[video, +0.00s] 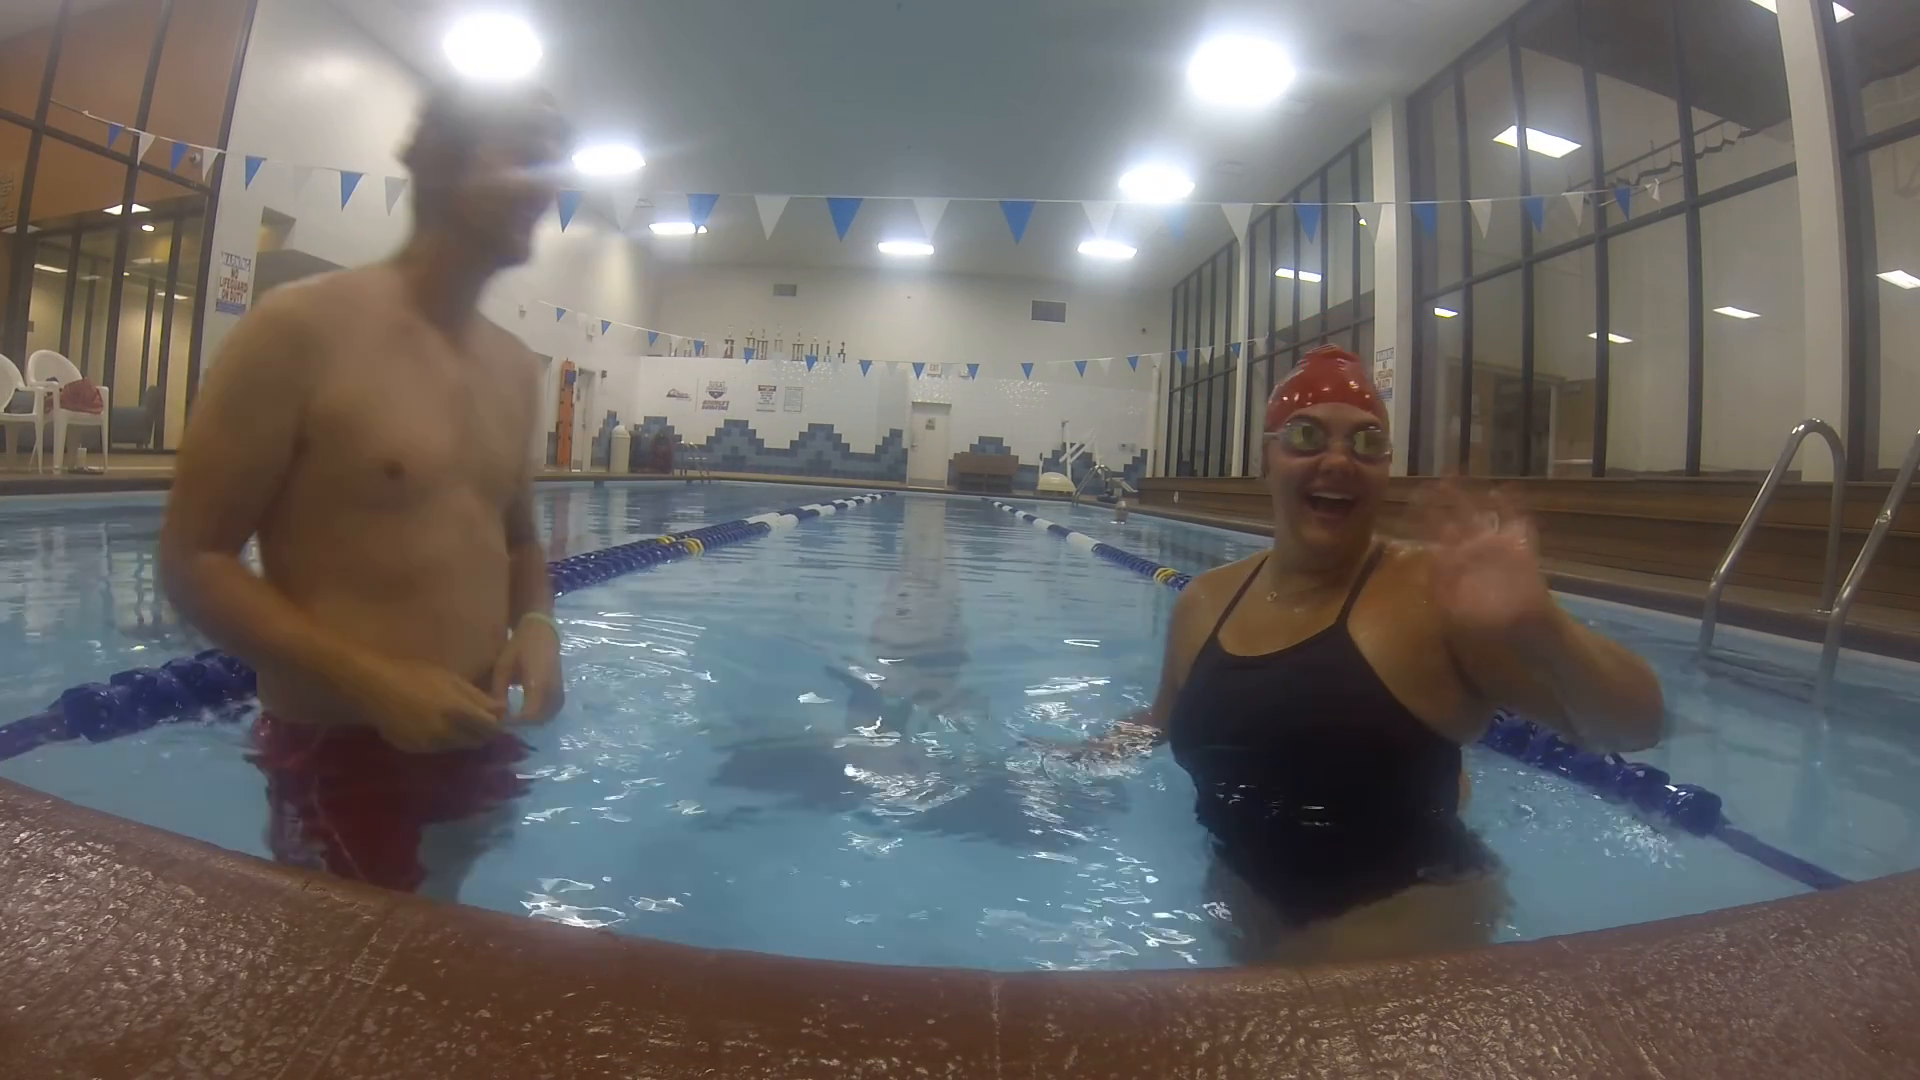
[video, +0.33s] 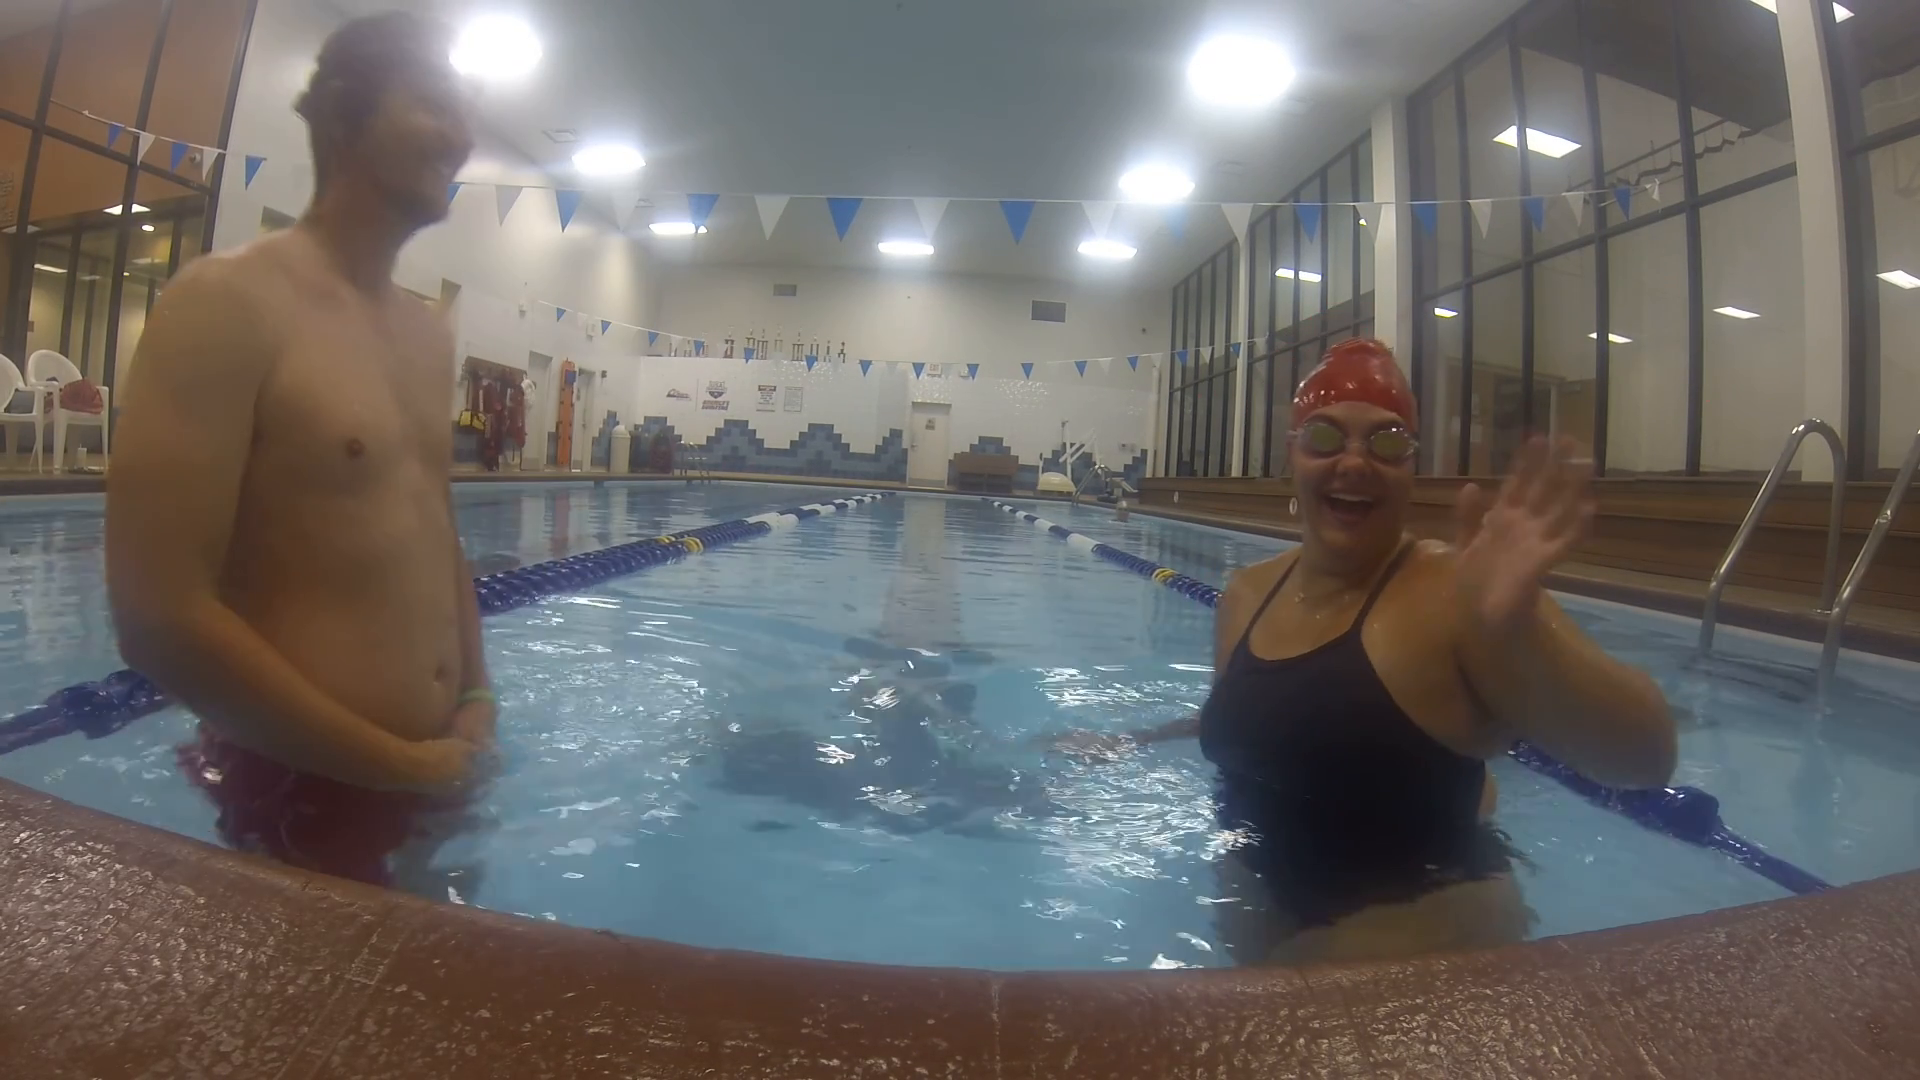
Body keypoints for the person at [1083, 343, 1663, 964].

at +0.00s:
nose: (1337, 464)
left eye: (1364, 444)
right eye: (1308, 439)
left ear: (1389, 468)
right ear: (1266, 461)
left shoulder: (1442, 594)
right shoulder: (1205, 602)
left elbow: (1639, 725)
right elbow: (1163, 725)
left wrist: (1535, 630)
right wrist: (1066, 767)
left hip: (1403, 949)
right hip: (1252, 935)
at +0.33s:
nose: (1353, 466)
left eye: (1385, 444)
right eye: (1326, 439)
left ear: (1414, 468)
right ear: (1292, 457)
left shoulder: (1461, 593)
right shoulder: (1245, 595)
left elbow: (1646, 760)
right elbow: (1240, 721)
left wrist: (1515, 638)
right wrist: (1124, 747)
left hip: (1424, 939)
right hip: (1266, 926)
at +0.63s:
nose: (1324, 465)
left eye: (1363, 444)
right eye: (1308, 440)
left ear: (1424, 471)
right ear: (1289, 458)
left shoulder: (1474, 594)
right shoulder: (1297, 591)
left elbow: (1635, 782)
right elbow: (1307, 727)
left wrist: (1425, 715)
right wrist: (1203, 739)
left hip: (1452, 962)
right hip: (1309, 949)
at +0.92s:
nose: (1281, 461)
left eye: (1299, 436)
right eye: (1289, 436)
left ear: (1370, 459)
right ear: (1374, 462)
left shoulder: (1426, 588)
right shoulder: (1430, 576)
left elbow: (1487, 850)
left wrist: (1249, 788)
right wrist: (1265, 780)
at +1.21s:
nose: (1306, 438)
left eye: (1317, 414)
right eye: (1315, 414)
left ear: (1351, 435)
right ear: (1445, 445)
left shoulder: (1338, 568)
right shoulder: (1515, 569)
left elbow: (1285, 806)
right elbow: (1536, 753)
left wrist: (1169, 797)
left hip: (1373, 947)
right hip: (1504, 927)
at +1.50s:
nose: (1294, 424)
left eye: (1301, 407)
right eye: (1303, 404)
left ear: (1311, 424)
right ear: (1424, 433)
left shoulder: (1278, 537)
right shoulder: (1496, 551)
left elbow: (1184, 741)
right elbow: (1534, 758)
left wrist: (1124, 833)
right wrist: (1444, 815)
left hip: (1333, 933)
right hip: (1503, 916)